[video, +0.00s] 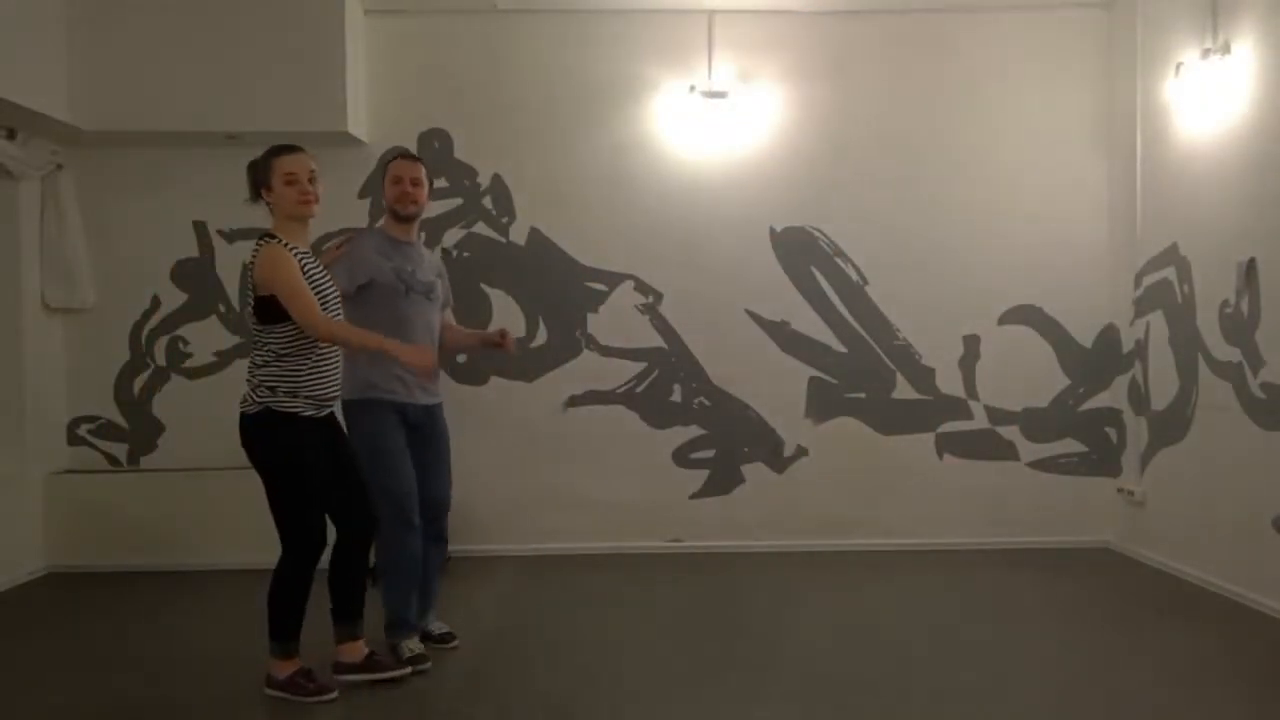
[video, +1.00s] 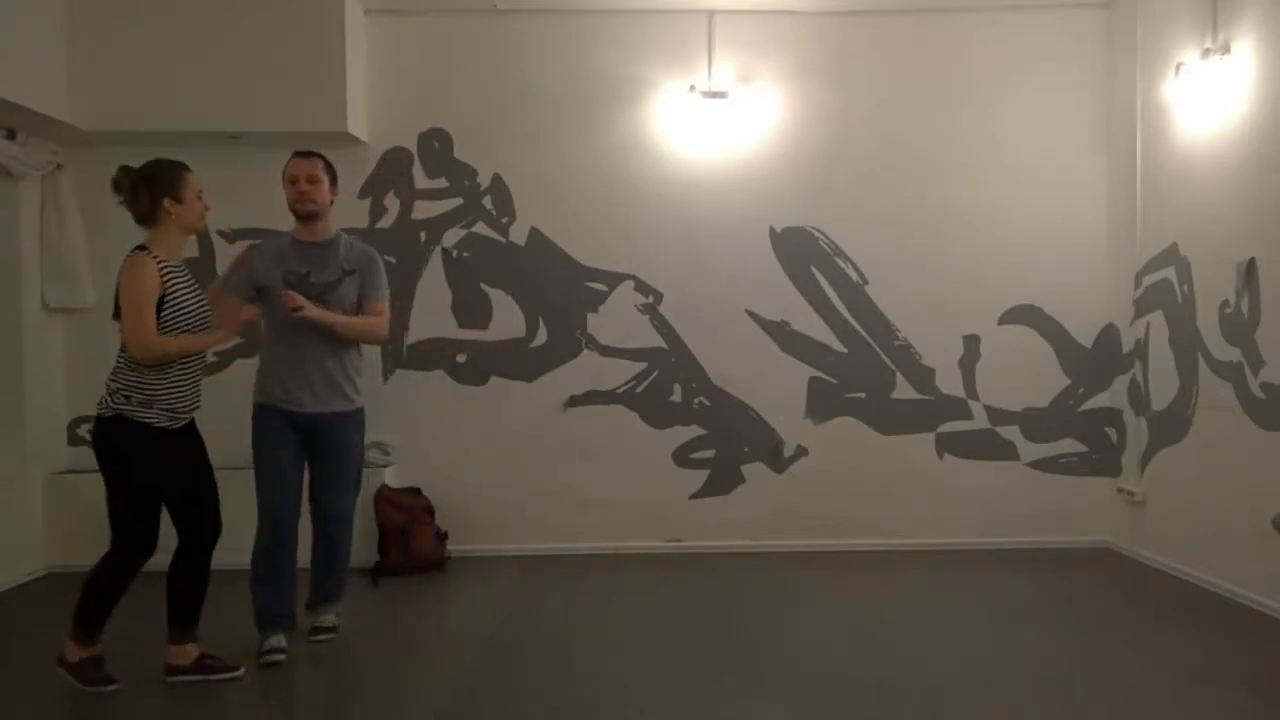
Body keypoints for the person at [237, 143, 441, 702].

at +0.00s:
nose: (307, 189)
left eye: (312, 180)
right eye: (292, 182)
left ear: (319, 189)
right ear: (267, 194)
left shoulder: (300, 254)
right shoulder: (273, 255)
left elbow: (294, 315)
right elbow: (314, 323)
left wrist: (324, 263)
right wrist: (396, 348)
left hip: (316, 417)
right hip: (277, 420)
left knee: (357, 524)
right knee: (304, 541)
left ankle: (350, 651)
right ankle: (282, 665)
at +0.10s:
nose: (303, 196)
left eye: (308, 187)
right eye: (288, 188)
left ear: (317, 196)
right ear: (264, 201)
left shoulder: (296, 260)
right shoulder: (268, 259)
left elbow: (296, 327)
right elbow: (296, 332)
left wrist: (317, 265)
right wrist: (353, 381)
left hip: (308, 421)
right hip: (269, 424)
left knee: (359, 527)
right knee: (303, 544)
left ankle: (305, 636)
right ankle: (282, 666)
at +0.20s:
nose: (303, 197)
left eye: (309, 189)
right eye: (289, 190)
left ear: (315, 199)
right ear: (262, 201)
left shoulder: (292, 260)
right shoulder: (261, 256)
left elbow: (293, 330)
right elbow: (259, 334)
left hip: (302, 418)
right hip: (271, 420)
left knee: (331, 528)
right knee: (302, 539)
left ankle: (259, 617)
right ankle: (282, 666)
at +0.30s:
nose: (298, 198)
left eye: (304, 190)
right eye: (283, 190)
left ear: (308, 199)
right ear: (256, 201)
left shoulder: (285, 257)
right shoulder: (253, 254)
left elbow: (272, 329)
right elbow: (220, 330)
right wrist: (193, 402)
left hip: (290, 417)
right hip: (260, 418)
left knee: (296, 536)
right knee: (290, 538)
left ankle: (219, 621)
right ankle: (283, 665)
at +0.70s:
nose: (260, 212)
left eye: (257, 203)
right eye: (251, 204)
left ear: (224, 214)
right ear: (225, 213)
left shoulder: (222, 267)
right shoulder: (206, 266)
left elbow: (191, 342)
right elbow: (169, 339)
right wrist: (149, 412)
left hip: (204, 424)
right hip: (193, 425)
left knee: (220, 538)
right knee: (238, 538)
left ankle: (182, 652)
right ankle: (214, 660)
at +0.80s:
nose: (241, 209)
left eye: (238, 200)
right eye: (234, 201)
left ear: (206, 211)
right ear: (207, 211)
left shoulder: (210, 262)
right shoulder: (185, 261)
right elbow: (163, 339)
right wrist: (203, 415)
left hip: (192, 422)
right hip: (171, 423)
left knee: (216, 537)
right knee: (212, 537)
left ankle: (183, 651)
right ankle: (154, 648)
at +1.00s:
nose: (207, 205)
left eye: (204, 196)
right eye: (199, 197)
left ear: (171, 208)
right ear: (170, 207)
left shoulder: (179, 268)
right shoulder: (143, 266)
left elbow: (189, 330)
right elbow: (142, 345)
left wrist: (228, 299)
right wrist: (215, 333)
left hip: (175, 426)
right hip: (128, 428)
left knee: (202, 528)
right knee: (135, 541)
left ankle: (181, 650)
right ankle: (79, 645)